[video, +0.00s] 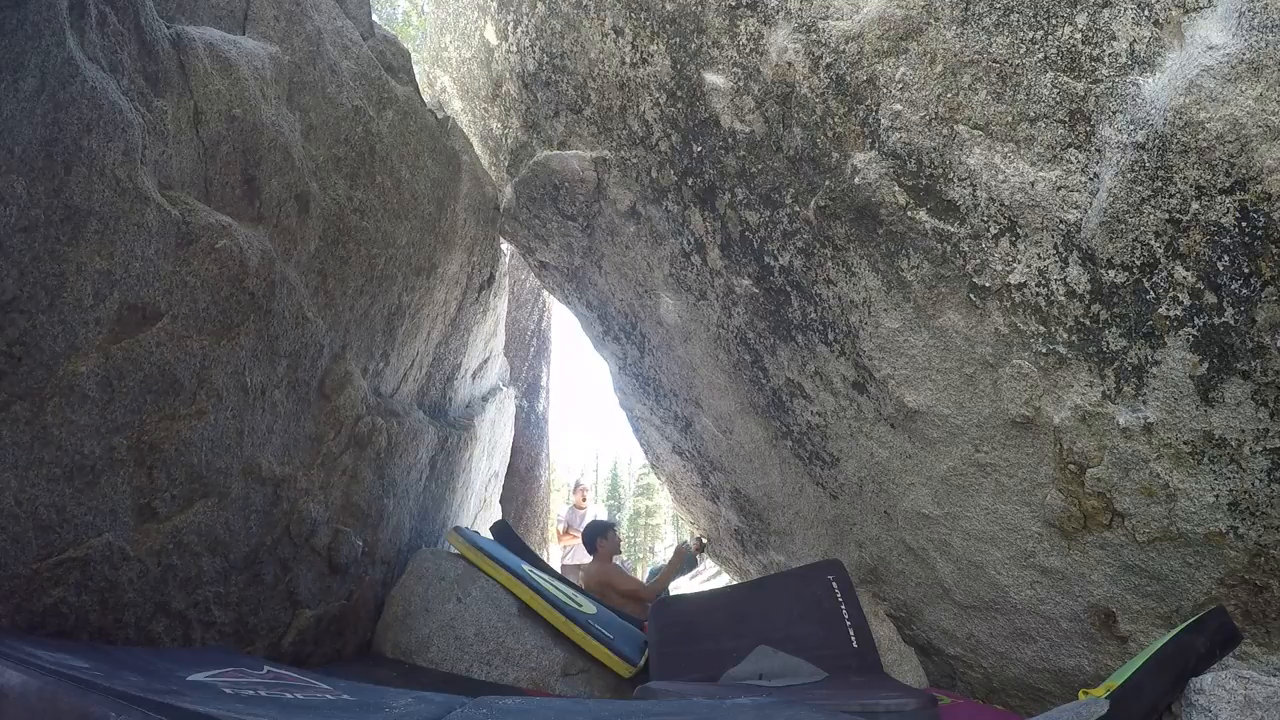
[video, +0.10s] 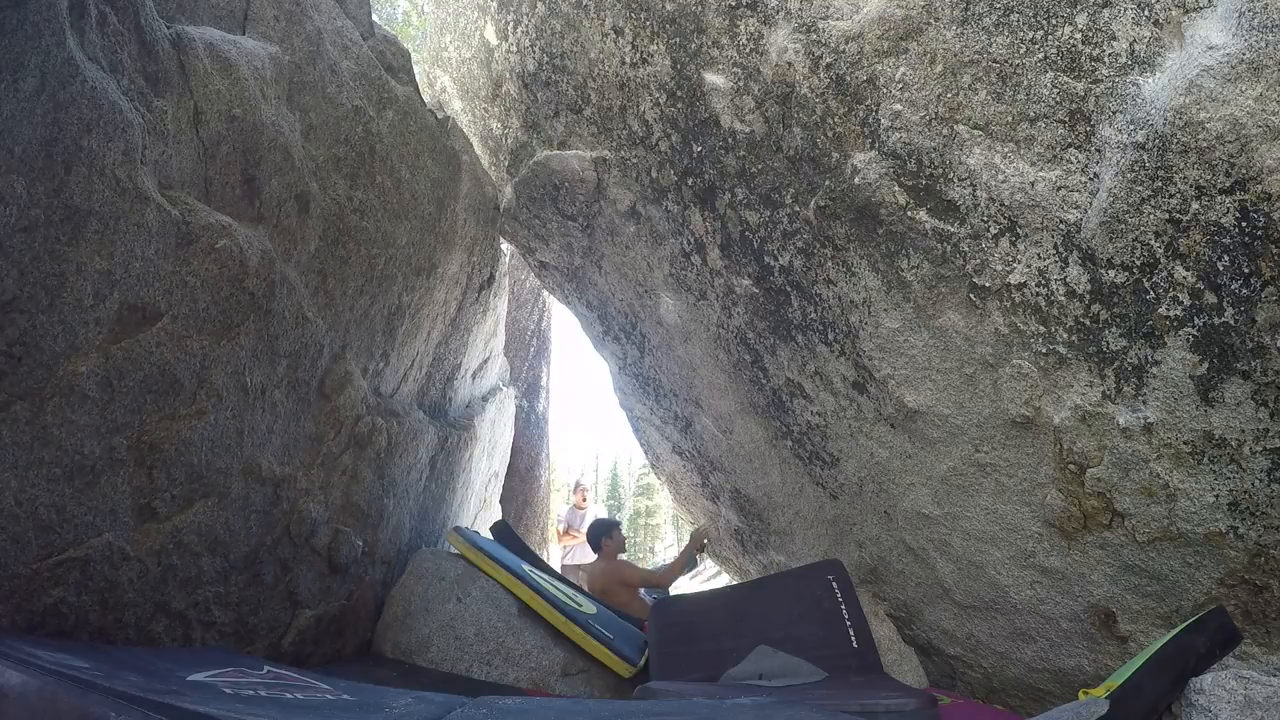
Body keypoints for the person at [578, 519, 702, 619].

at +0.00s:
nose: (620, 540)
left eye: (617, 535)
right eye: (615, 536)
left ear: (600, 544)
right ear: (601, 543)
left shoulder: (588, 570)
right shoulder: (608, 571)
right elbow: (650, 594)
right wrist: (676, 560)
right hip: (649, 623)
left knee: (655, 571)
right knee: (659, 571)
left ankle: (689, 559)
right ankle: (692, 557)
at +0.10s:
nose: (624, 537)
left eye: (621, 533)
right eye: (619, 534)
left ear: (605, 544)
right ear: (606, 542)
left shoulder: (593, 569)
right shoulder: (619, 569)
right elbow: (663, 581)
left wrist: (691, 551)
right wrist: (691, 546)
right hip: (652, 625)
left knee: (654, 573)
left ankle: (694, 557)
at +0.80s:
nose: (656, 523)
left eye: (655, 521)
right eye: (654, 521)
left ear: (631, 533)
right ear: (652, 528)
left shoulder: (628, 554)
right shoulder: (663, 555)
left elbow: (654, 533)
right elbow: (706, 572)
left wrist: (661, 510)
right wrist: (721, 533)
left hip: (634, 620)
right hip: (655, 623)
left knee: (670, 573)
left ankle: (693, 551)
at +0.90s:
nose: (659, 524)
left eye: (658, 522)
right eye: (657, 522)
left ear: (634, 533)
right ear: (656, 530)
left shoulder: (631, 553)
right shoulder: (664, 555)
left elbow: (657, 532)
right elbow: (707, 572)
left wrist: (666, 508)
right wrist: (721, 534)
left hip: (635, 621)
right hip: (657, 623)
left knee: (671, 573)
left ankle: (693, 551)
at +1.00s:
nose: (662, 525)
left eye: (661, 522)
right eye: (660, 523)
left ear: (636, 532)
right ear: (658, 529)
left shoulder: (631, 553)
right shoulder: (665, 555)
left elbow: (660, 532)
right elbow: (708, 572)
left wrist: (669, 507)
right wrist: (721, 533)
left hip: (636, 622)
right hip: (656, 624)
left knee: (671, 574)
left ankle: (693, 551)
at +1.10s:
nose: (666, 527)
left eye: (665, 524)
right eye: (665, 524)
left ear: (640, 531)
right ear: (660, 529)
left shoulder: (632, 553)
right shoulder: (665, 556)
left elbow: (663, 529)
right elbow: (709, 572)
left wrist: (669, 506)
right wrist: (722, 533)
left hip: (636, 622)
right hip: (656, 624)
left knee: (671, 575)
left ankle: (694, 550)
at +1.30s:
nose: (671, 533)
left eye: (671, 529)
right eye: (671, 529)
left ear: (646, 530)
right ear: (664, 531)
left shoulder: (632, 552)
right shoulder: (663, 557)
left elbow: (654, 530)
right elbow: (708, 572)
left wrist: (670, 506)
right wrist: (722, 533)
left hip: (636, 621)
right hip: (655, 623)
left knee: (672, 573)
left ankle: (694, 550)